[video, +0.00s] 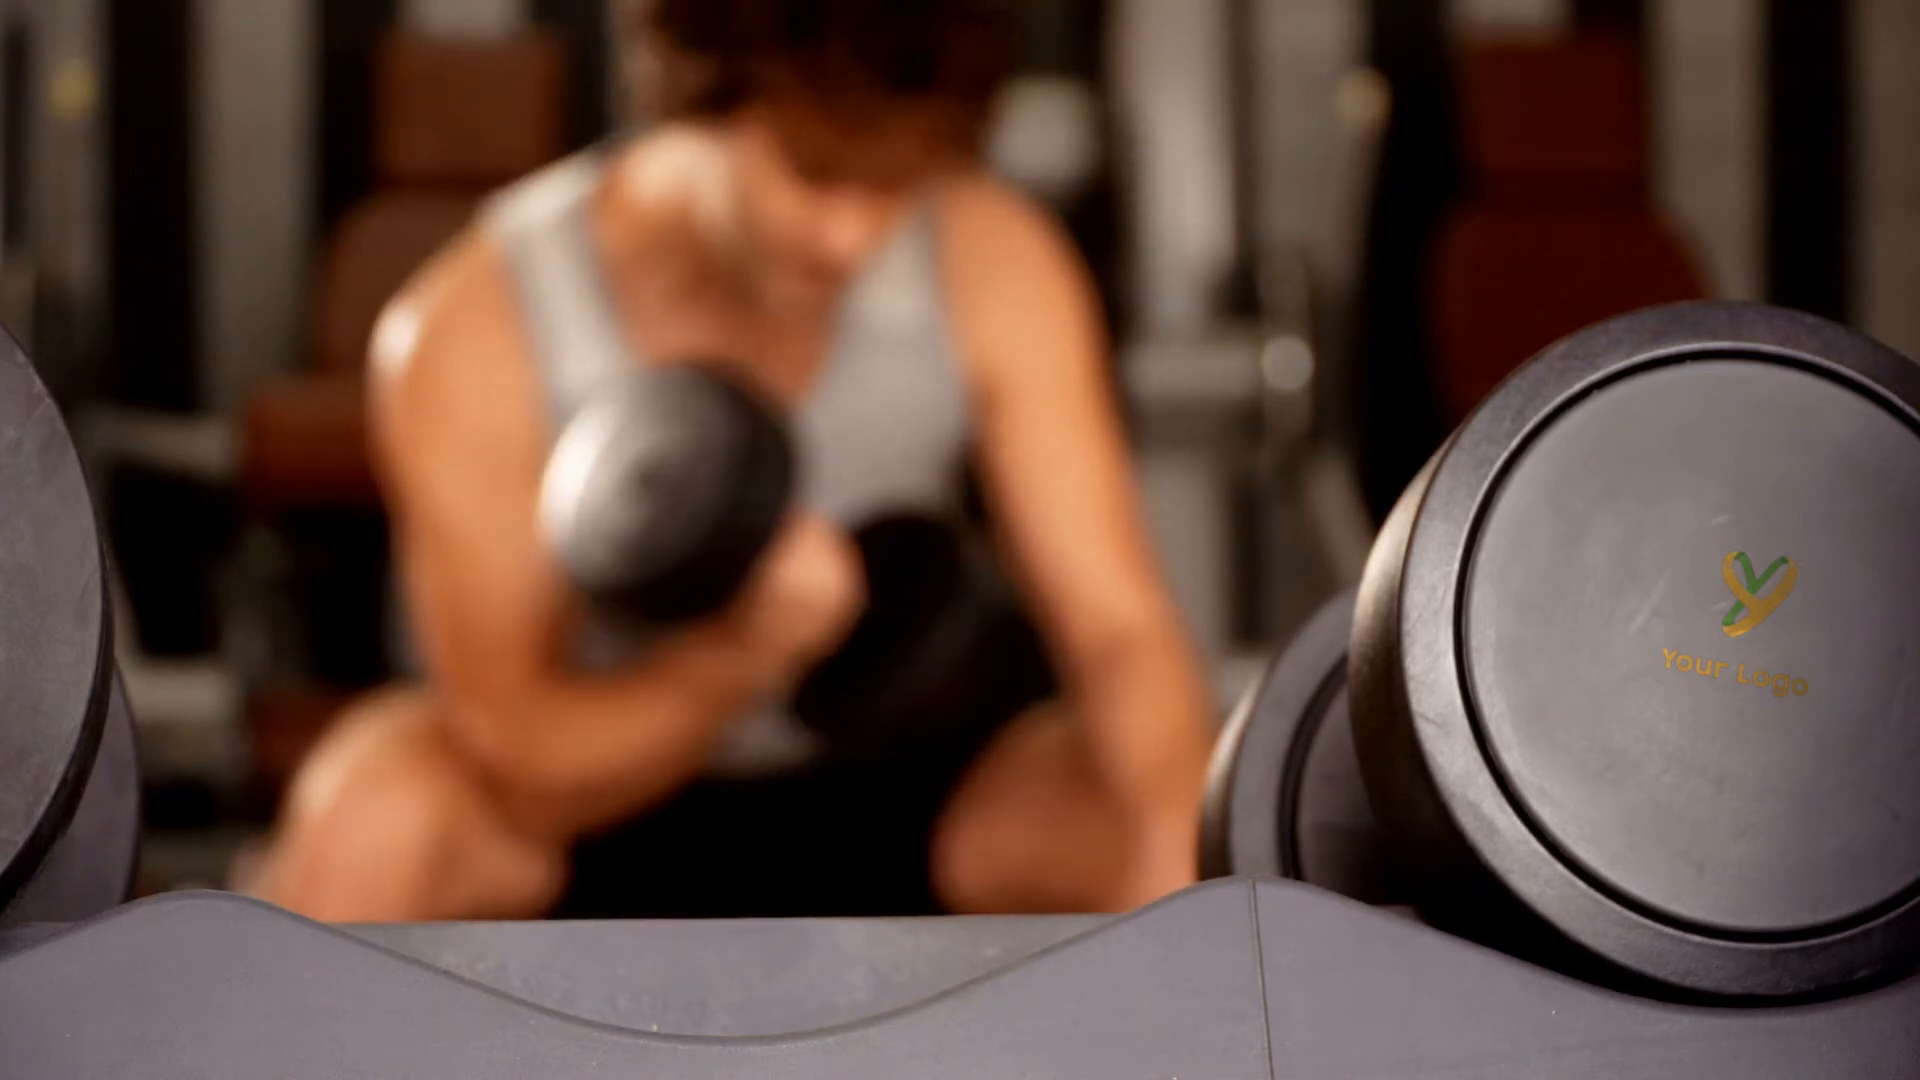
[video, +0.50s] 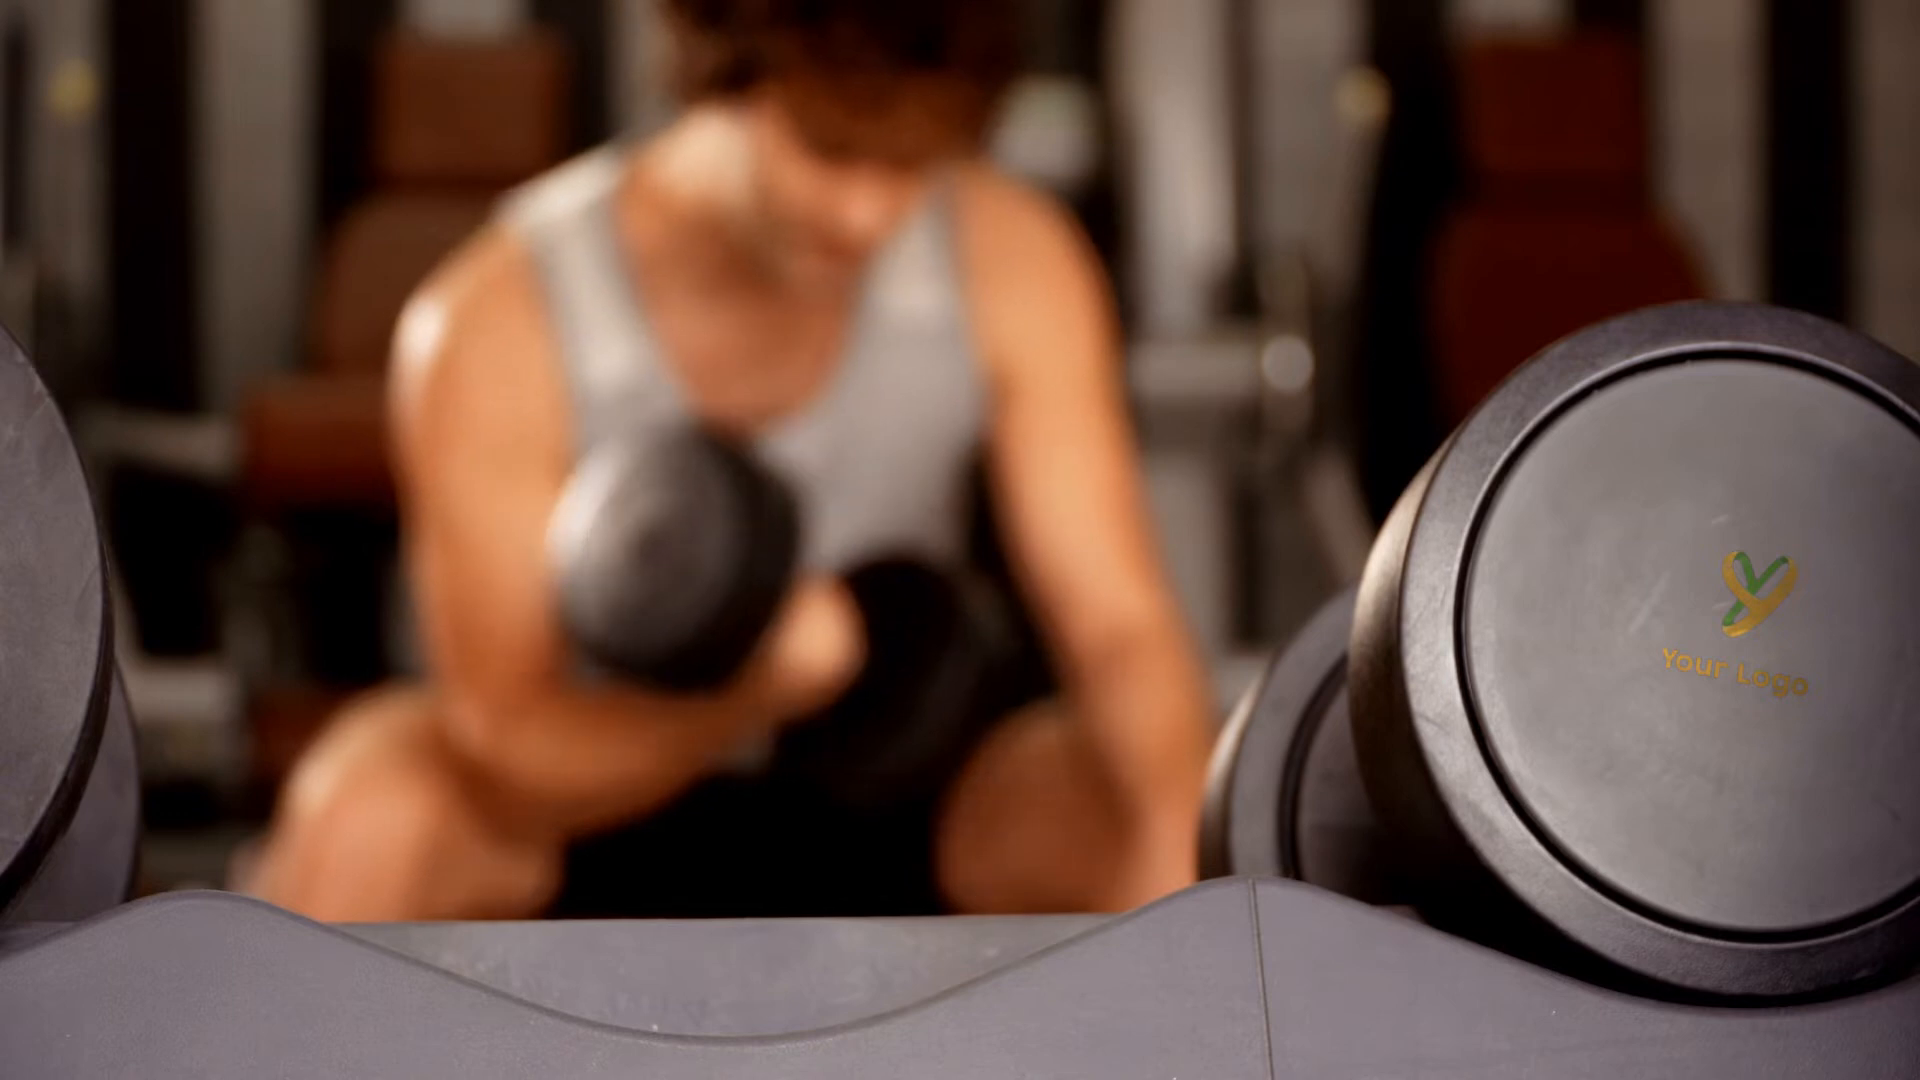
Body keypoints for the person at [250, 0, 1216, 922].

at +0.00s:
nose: (854, 233)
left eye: (901, 183)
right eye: (815, 173)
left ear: (949, 148)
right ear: (709, 102)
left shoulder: (990, 255)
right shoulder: (466, 330)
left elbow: (1119, 633)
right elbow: (531, 771)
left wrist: (1180, 885)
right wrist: (750, 653)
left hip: (891, 783)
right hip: (598, 807)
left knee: (1181, 813)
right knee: (374, 804)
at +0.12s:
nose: (860, 236)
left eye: (905, 184)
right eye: (820, 175)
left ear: (951, 149)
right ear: (714, 110)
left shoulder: (993, 258)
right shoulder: (467, 333)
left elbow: (1123, 638)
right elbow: (534, 776)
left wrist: (1177, 883)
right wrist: (756, 628)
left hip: (896, 783)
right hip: (600, 806)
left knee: (1183, 811)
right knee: (372, 802)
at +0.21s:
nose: (862, 237)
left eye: (906, 185)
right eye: (820, 177)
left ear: (953, 151)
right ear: (713, 117)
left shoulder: (994, 259)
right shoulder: (471, 335)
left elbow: (1123, 638)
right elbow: (536, 778)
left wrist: (1176, 880)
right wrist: (754, 621)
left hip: (900, 780)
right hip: (602, 803)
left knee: (1181, 814)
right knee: (371, 807)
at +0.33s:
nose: (866, 231)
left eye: (910, 180)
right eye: (825, 172)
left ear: (956, 146)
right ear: (721, 105)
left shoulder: (996, 257)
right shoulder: (476, 332)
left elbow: (1121, 637)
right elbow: (535, 778)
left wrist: (1176, 880)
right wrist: (754, 628)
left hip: (899, 782)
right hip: (603, 805)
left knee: (1182, 811)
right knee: (373, 805)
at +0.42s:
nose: (868, 223)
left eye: (914, 173)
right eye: (830, 162)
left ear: (960, 135)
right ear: (723, 87)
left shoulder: (1001, 255)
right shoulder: (483, 324)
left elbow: (1120, 633)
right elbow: (526, 772)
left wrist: (1184, 884)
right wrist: (760, 651)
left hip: (897, 784)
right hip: (601, 805)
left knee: (1179, 812)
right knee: (371, 804)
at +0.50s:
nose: (868, 213)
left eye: (916, 163)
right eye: (833, 152)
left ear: (966, 129)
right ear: (729, 75)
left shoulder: (1008, 252)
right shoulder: (495, 318)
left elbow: (1120, 628)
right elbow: (516, 752)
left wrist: (1186, 875)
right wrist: (751, 692)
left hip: (895, 789)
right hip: (601, 800)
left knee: (1166, 807)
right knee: (369, 803)